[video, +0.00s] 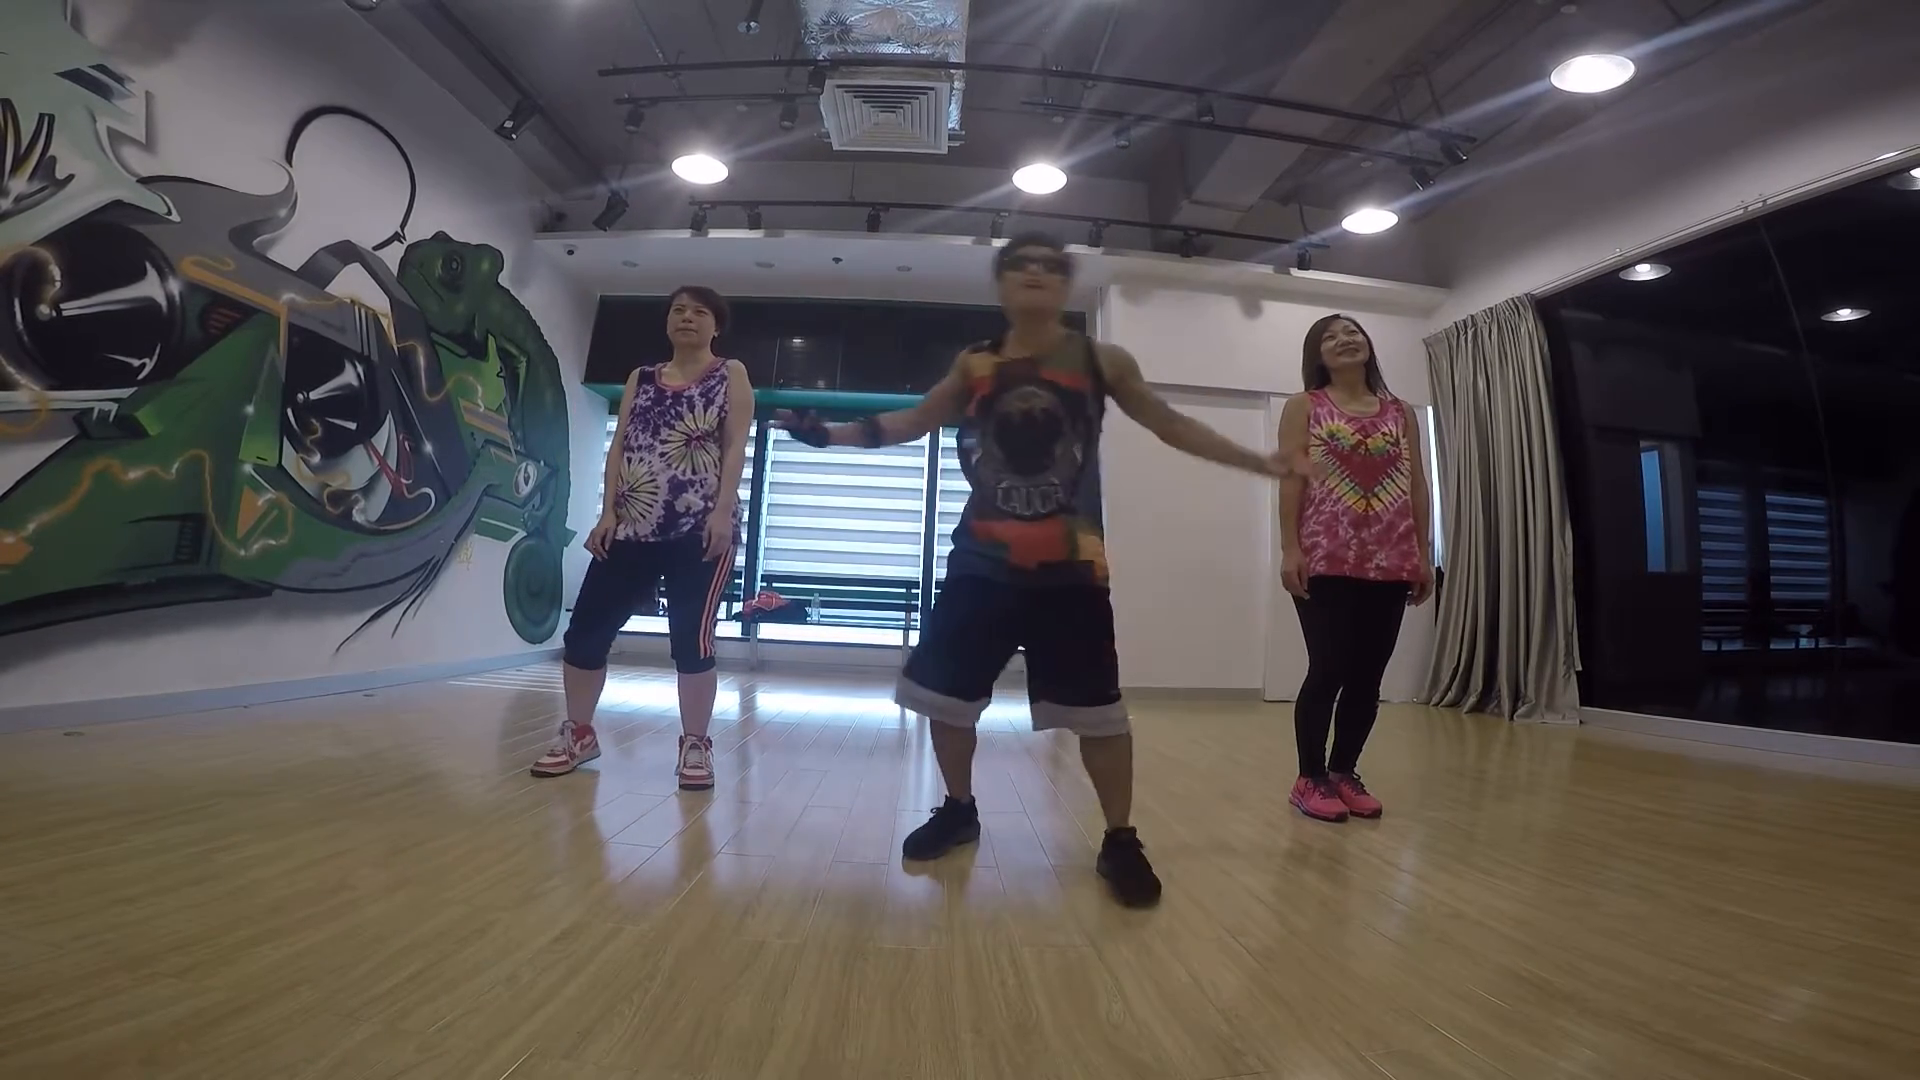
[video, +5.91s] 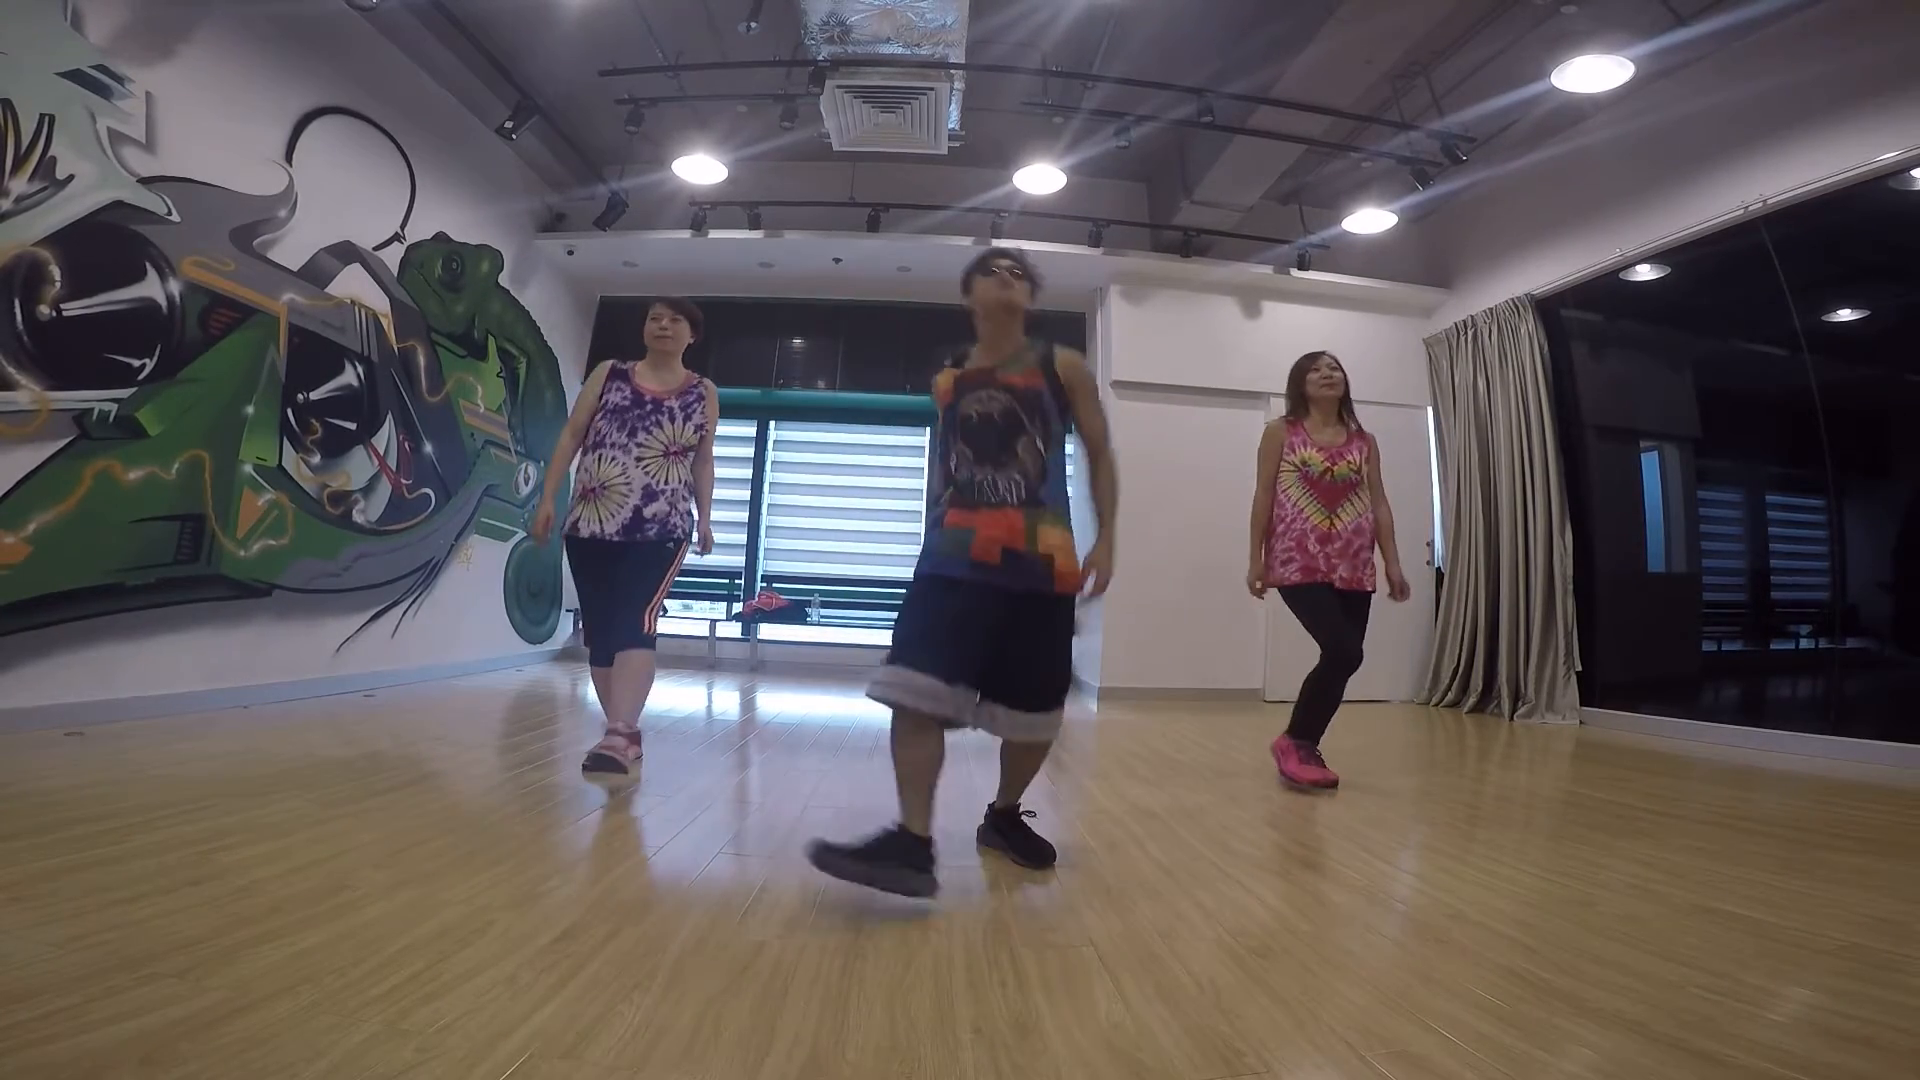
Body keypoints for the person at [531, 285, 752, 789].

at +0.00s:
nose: (687, 317)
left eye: (699, 311)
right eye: (679, 310)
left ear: (716, 327)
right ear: (666, 323)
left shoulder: (730, 374)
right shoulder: (640, 378)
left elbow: (735, 447)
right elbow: (619, 448)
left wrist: (724, 510)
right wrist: (609, 509)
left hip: (697, 531)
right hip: (631, 528)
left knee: (692, 643)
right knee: (584, 634)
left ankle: (695, 744)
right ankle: (578, 735)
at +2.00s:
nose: (669, 312)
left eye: (681, 308)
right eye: (661, 305)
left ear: (694, 326)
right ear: (645, 317)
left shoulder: (702, 369)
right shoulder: (616, 375)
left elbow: (705, 441)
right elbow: (586, 443)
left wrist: (690, 506)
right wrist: (566, 503)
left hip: (659, 527)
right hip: (593, 523)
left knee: (667, 643)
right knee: (576, 637)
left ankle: (691, 744)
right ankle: (578, 741)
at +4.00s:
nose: (635, 306)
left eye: (648, 301)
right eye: (628, 300)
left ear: (669, 320)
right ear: (615, 314)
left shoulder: (681, 383)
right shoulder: (593, 375)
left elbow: (687, 444)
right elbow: (574, 442)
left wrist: (668, 502)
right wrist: (554, 506)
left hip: (648, 527)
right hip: (582, 525)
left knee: (635, 636)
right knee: (565, 634)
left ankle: (640, 741)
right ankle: (590, 736)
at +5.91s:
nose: (664, 325)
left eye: (675, 319)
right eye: (655, 318)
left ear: (692, 334)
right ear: (642, 330)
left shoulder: (702, 391)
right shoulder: (608, 374)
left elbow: (703, 459)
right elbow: (571, 436)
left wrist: (704, 519)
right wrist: (547, 497)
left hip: (659, 528)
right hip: (592, 523)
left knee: (634, 622)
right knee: (600, 632)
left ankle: (618, 737)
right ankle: (623, 733)